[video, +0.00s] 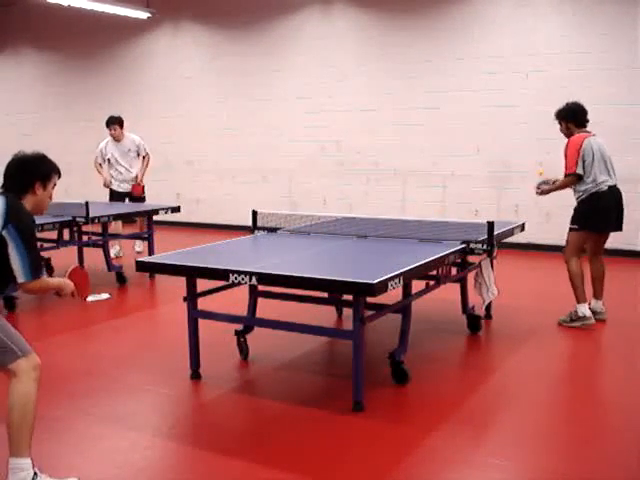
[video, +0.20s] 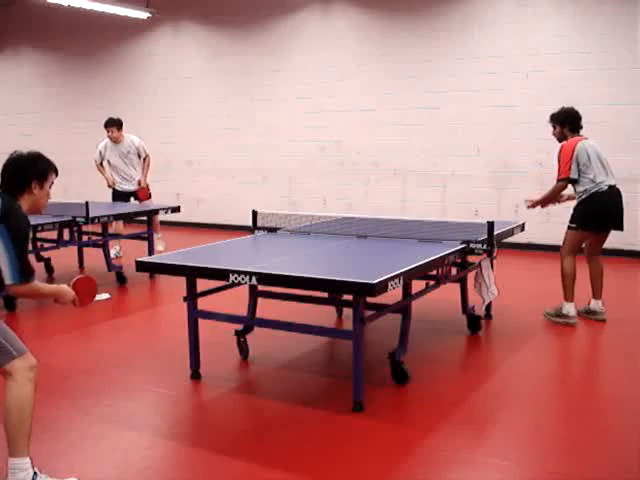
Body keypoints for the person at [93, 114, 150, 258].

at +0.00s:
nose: (112, 133)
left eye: (114, 129)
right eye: (110, 130)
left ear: (122, 128)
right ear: (108, 130)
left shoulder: (134, 141)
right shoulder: (105, 146)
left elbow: (146, 155)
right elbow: (97, 162)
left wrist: (141, 174)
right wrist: (104, 176)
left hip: (135, 185)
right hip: (116, 186)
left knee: (140, 214)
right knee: (116, 218)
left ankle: (140, 240)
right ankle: (116, 245)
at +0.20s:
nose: (109, 135)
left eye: (112, 131)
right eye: (108, 132)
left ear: (120, 130)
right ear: (106, 132)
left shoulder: (134, 142)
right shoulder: (104, 147)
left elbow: (146, 157)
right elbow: (98, 162)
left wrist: (144, 178)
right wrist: (107, 177)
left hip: (138, 185)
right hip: (119, 187)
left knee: (152, 213)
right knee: (117, 219)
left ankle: (157, 238)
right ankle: (117, 246)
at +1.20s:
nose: (121, 163)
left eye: (124, 160)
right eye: (120, 159)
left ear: (132, 158)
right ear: (119, 159)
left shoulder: (146, 165)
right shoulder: (117, 167)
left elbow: (156, 185)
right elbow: (112, 182)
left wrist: (136, 194)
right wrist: (118, 195)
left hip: (149, 195)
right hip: (130, 194)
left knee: (162, 216)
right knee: (117, 218)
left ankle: (182, 243)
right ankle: (113, 247)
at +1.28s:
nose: (121, 163)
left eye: (124, 159)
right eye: (120, 159)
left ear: (132, 158)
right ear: (119, 159)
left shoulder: (146, 166)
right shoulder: (117, 167)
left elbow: (155, 186)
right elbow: (112, 182)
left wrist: (135, 194)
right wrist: (117, 196)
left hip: (149, 194)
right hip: (130, 194)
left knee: (162, 216)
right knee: (116, 218)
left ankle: (182, 243)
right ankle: (113, 246)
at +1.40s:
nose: (121, 162)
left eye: (124, 159)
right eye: (120, 159)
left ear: (132, 158)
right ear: (118, 158)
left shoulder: (146, 165)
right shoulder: (117, 167)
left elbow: (154, 187)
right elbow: (113, 182)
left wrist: (133, 193)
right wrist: (117, 195)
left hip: (149, 193)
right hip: (130, 194)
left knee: (162, 216)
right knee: (117, 217)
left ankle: (182, 243)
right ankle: (113, 246)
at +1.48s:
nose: (121, 161)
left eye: (124, 158)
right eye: (120, 158)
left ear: (132, 156)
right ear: (119, 157)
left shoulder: (147, 164)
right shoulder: (118, 166)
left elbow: (155, 185)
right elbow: (114, 182)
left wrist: (135, 191)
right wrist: (118, 194)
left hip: (151, 194)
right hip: (132, 194)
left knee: (163, 215)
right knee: (118, 217)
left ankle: (183, 243)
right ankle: (113, 246)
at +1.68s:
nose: (124, 158)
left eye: (126, 155)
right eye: (123, 155)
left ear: (135, 154)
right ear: (121, 155)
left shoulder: (149, 162)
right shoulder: (121, 165)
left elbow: (160, 181)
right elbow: (117, 181)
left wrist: (139, 190)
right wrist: (124, 191)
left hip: (153, 193)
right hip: (134, 194)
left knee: (166, 216)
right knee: (120, 218)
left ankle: (183, 243)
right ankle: (113, 246)